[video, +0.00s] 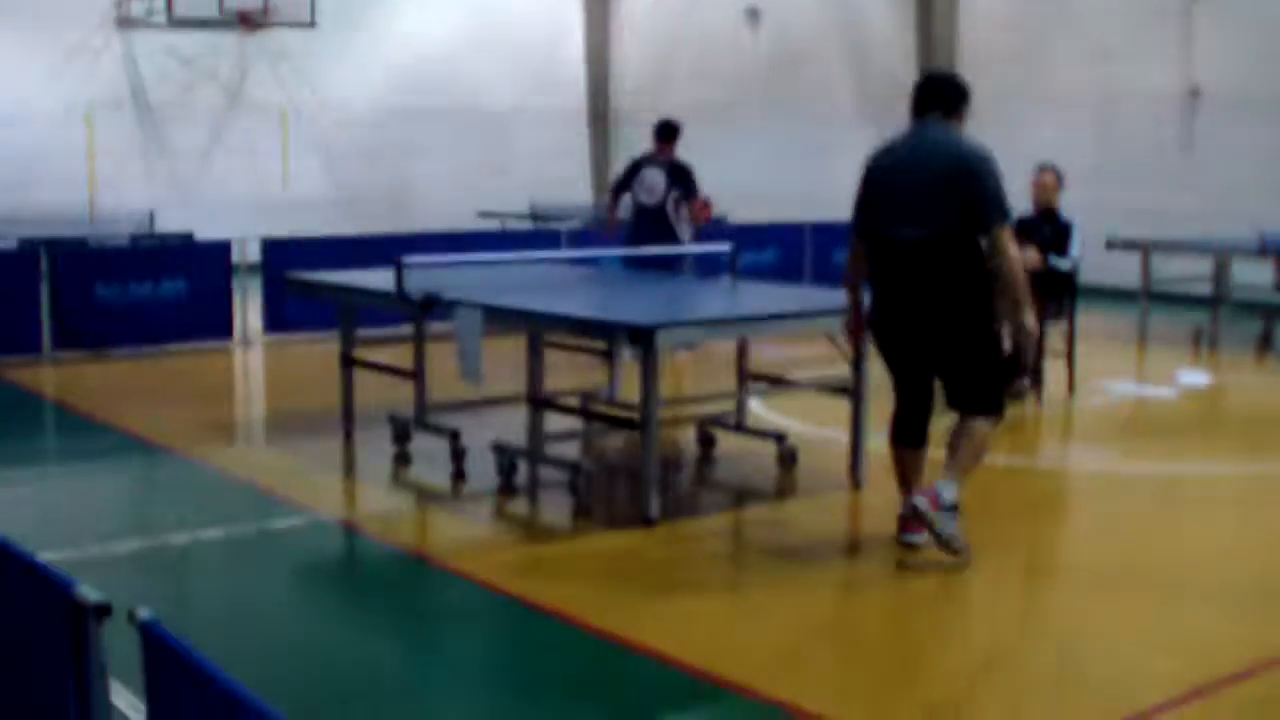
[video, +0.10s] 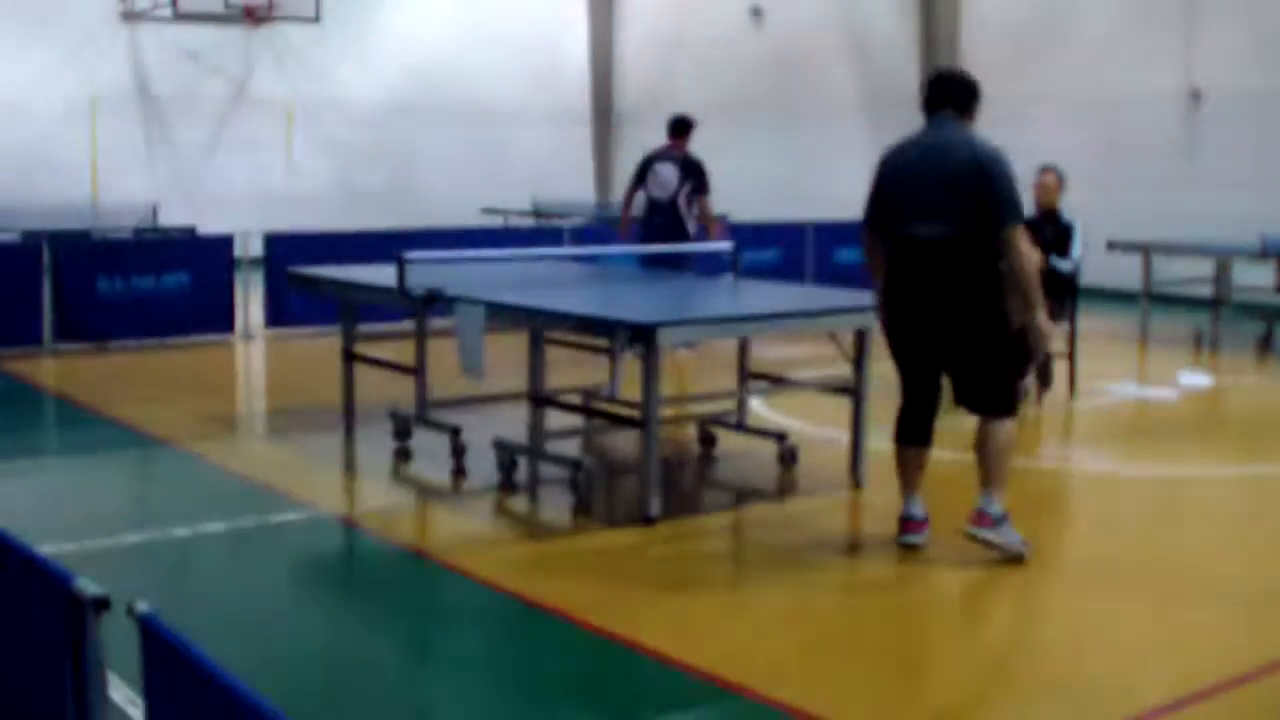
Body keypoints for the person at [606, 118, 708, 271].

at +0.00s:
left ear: (655, 137)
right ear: (676, 140)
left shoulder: (638, 165)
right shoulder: (681, 170)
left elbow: (616, 191)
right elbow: (692, 202)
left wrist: (612, 220)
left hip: (637, 236)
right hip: (668, 237)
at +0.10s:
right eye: (688, 134)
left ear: (669, 133)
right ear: (688, 135)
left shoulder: (650, 160)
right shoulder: (693, 165)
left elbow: (631, 192)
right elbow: (702, 203)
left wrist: (624, 220)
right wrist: (710, 229)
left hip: (650, 230)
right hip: (679, 232)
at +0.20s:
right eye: (693, 130)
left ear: (677, 129)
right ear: (697, 131)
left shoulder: (659, 157)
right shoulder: (703, 162)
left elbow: (641, 193)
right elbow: (713, 200)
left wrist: (635, 222)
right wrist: (715, 231)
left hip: (658, 226)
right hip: (687, 227)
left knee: (658, 275)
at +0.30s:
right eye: (701, 132)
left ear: (682, 133)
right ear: (702, 134)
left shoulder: (665, 160)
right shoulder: (709, 164)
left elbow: (650, 196)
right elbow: (720, 201)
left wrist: (647, 225)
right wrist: (722, 231)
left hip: (665, 227)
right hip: (694, 228)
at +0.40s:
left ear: (688, 140)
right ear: (709, 140)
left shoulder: (674, 166)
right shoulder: (717, 168)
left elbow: (659, 199)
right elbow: (728, 204)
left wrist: (656, 229)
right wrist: (731, 233)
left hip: (675, 230)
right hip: (704, 231)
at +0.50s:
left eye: (698, 142)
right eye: (704, 142)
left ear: (691, 142)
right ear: (711, 143)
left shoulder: (679, 168)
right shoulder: (722, 170)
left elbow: (665, 204)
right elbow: (733, 207)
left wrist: (660, 234)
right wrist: (738, 236)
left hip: (680, 234)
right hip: (710, 235)